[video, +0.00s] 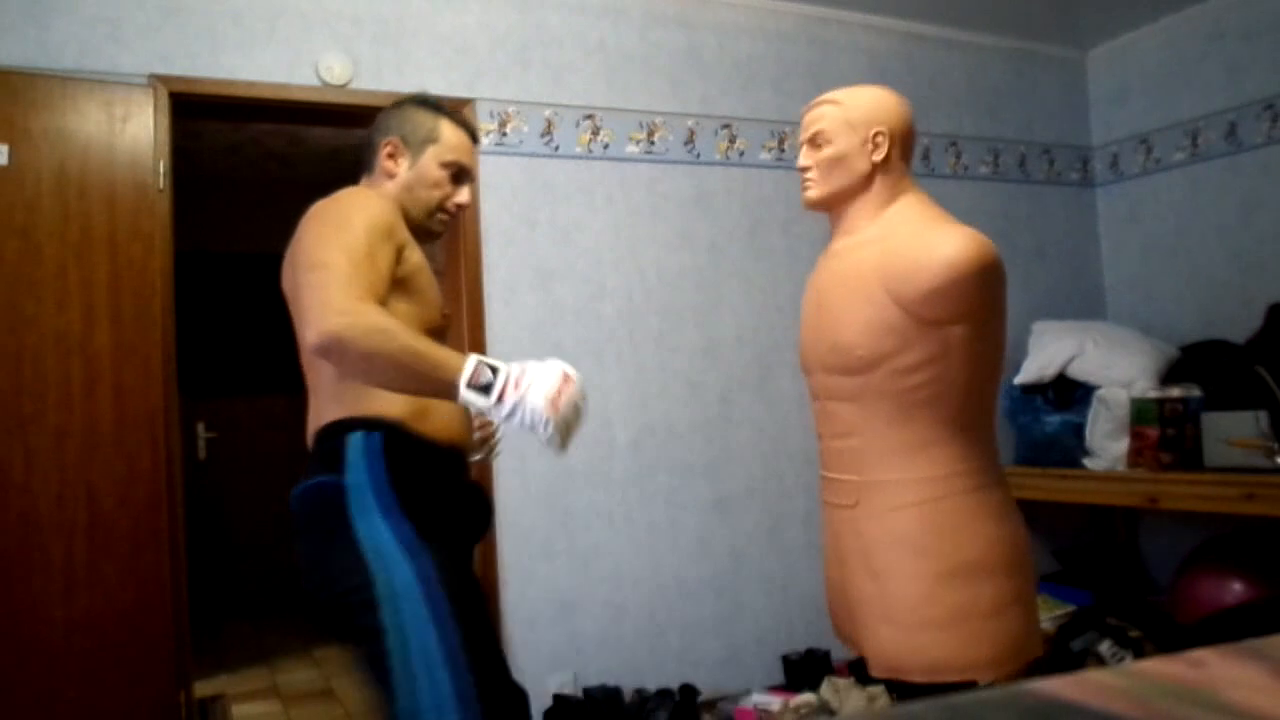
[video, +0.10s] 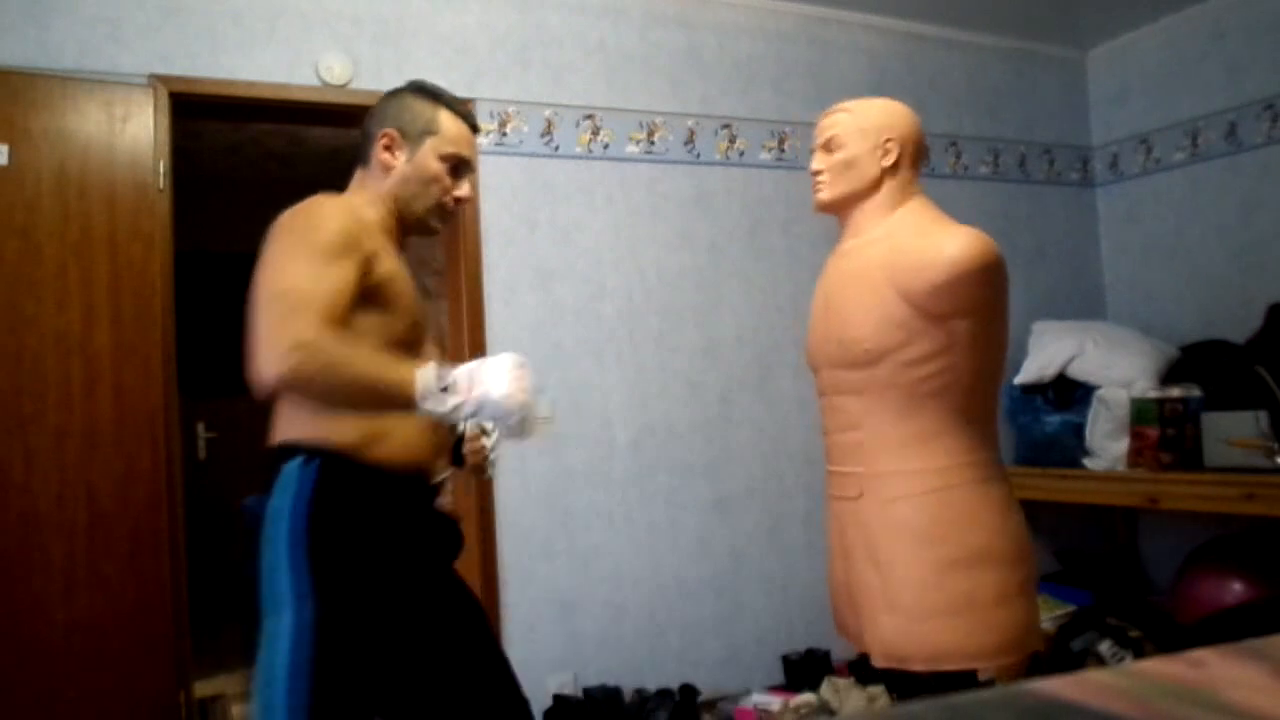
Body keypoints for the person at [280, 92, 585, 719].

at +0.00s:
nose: (464, 199)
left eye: (470, 184)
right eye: (453, 174)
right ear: (392, 157)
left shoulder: (400, 250)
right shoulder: (352, 212)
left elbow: (378, 390)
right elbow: (334, 326)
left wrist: (462, 429)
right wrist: (492, 380)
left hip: (416, 475)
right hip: (373, 472)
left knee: (487, 692)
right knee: (449, 694)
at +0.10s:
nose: (464, 192)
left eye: (470, 177)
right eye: (453, 166)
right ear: (390, 150)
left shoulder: (392, 263)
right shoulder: (325, 222)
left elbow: (360, 416)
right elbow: (282, 357)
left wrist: (454, 438)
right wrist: (438, 384)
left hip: (397, 510)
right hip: (330, 504)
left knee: (486, 708)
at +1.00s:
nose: (227, 165)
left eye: (232, 144)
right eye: (207, 138)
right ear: (125, 125)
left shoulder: (259, 252)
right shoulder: (20, 255)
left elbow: (320, 384)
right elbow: (5, 435)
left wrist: (309, 388)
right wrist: (87, 404)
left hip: (246, 564)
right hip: (94, 574)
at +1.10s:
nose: (242, 164)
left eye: (246, 144)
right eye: (220, 137)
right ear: (139, 125)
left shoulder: (277, 250)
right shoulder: (27, 262)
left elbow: (357, 385)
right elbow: (1, 437)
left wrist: (327, 380)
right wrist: (72, 432)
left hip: (267, 564)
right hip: (115, 573)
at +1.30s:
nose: (290, 159)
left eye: (293, 137)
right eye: (267, 133)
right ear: (187, 123)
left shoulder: (325, 242)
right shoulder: (78, 264)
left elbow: (425, 381)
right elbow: (17, 414)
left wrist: (352, 324)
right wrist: (47, 484)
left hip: (314, 563)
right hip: (168, 570)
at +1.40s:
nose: (298, 158)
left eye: (301, 136)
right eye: (275, 131)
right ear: (195, 118)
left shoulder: (326, 240)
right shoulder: (75, 255)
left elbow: (440, 374)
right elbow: (24, 409)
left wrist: (363, 308)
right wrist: (40, 505)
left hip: (313, 562)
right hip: (163, 570)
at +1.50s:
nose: (309, 168)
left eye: (311, 145)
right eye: (287, 139)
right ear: (205, 124)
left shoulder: (317, 253)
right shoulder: (72, 262)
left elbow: (445, 375)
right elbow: (10, 423)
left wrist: (383, 298)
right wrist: (19, 554)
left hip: (309, 577)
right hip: (157, 588)